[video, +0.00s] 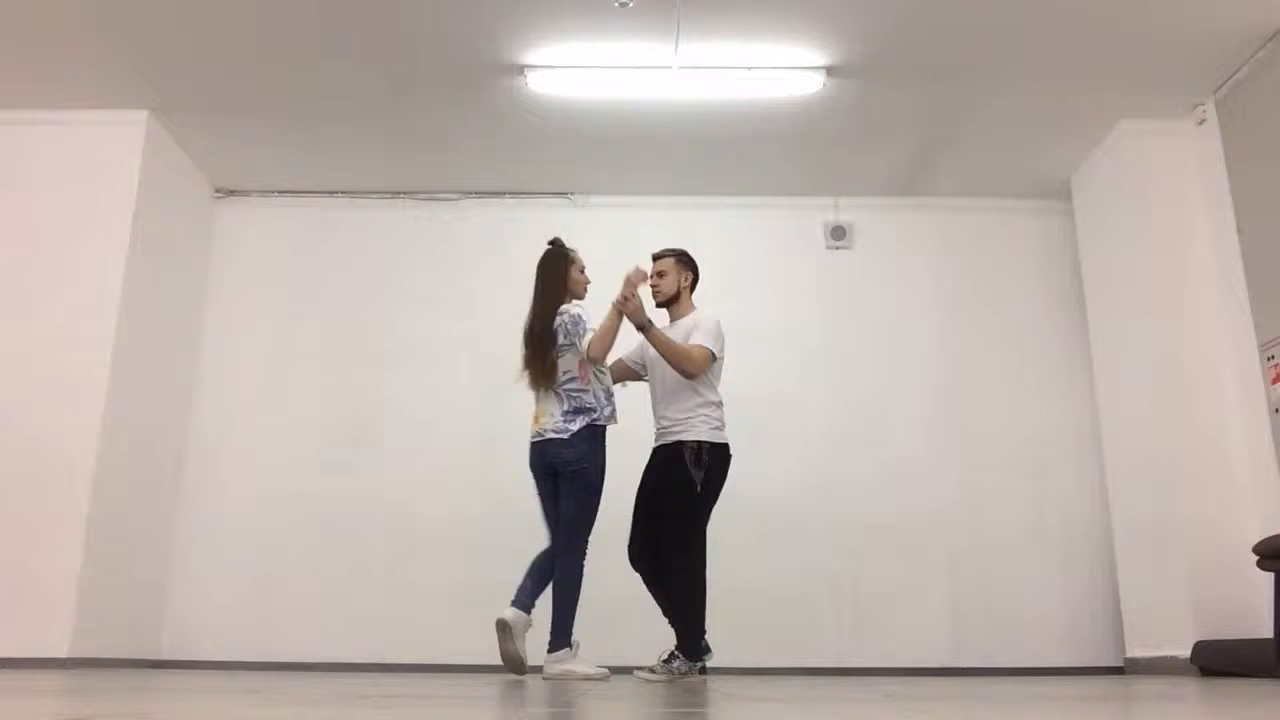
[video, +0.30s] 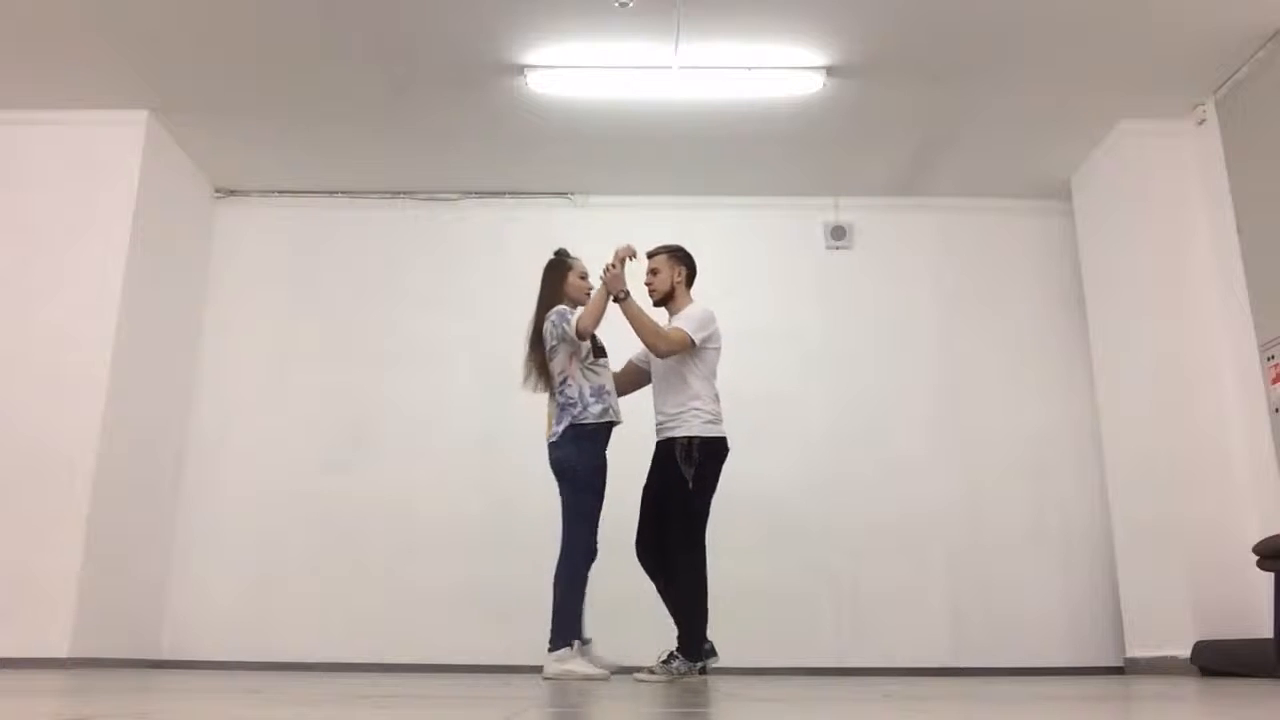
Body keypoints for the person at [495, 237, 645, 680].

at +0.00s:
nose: (587, 277)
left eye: (585, 270)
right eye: (581, 270)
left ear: (551, 277)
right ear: (565, 275)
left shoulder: (538, 322)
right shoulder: (571, 314)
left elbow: (561, 377)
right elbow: (597, 353)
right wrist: (620, 302)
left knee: (560, 543)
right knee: (572, 547)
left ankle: (517, 614)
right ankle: (560, 652)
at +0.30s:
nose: (591, 283)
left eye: (589, 278)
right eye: (582, 277)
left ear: (576, 285)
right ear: (561, 281)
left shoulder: (573, 323)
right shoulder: (556, 317)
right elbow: (587, 325)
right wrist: (610, 278)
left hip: (587, 438)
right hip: (578, 440)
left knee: (583, 546)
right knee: (577, 547)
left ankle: (573, 645)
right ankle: (561, 651)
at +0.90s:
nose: (600, 283)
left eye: (600, 276)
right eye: (591, 276)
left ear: (586, 282)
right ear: (569, 281)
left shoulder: (583, 320)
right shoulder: (572, 313)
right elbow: (607, 293)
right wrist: (640, 250)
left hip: (586, 435)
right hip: (578, 436)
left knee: (609, 538)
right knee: (603, 540)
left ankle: (573, 638)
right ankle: (565, 648)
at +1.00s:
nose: (602, 284)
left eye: (601, 277)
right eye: (593, 277)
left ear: (585, 282)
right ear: (572, 280)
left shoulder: (583, 318)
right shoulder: (573, 313)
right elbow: (611, 290)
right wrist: (643, 250)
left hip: (585, 437)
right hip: (575, 438)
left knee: (607, 539)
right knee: (598, 542)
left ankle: (571, 641)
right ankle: (564, 649)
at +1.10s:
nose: (602, 282)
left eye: (601, 275)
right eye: (594, 275)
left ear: (587, 281)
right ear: (574, 278)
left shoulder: (582, 317)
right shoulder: (575, 312)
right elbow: (614, 288)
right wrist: (648, 246)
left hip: (578, 441)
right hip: (572, 442)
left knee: (592, 543)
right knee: (595, 542)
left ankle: (566, 645)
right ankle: (562, 649)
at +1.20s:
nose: (604, 280)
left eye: (603, 273)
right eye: (596, 273)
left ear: (587, 278)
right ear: (575, 276)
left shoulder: (586, 314)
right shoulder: (576, 309)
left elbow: (620, 293)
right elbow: (616, 287)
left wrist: (648, 252)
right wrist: (650, 245)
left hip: (578, 440)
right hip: (571, 440)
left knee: (585, 542)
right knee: (583, 543)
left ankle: (558, 643)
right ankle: (559, 651)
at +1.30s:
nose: (605, 275)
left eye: (603, 268)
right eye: (598, 269)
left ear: (579, 278)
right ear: (582, 275)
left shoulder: (582, 314)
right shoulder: (579, 308)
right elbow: (618, 285)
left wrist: (646, 248)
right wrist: (648, 246)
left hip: (574, 438)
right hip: (577, 440)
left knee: (576, 540)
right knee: (585, 543)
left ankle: (534, 636)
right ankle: (561, 650)